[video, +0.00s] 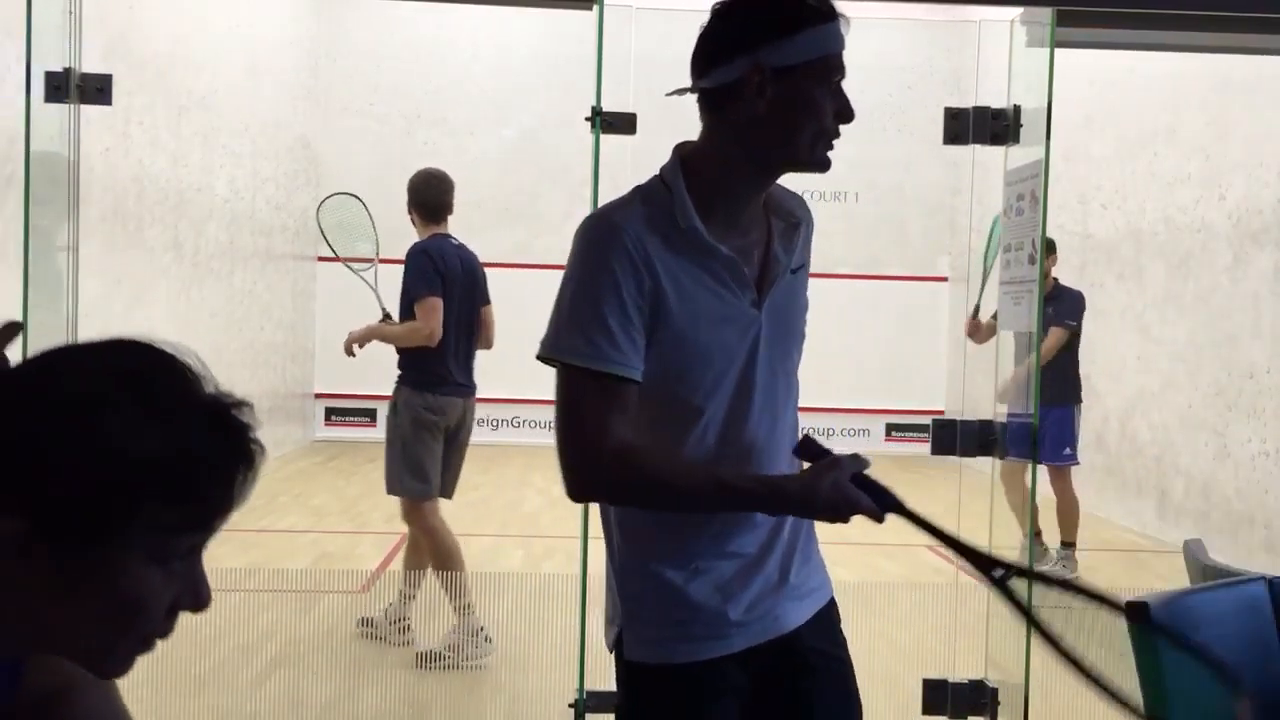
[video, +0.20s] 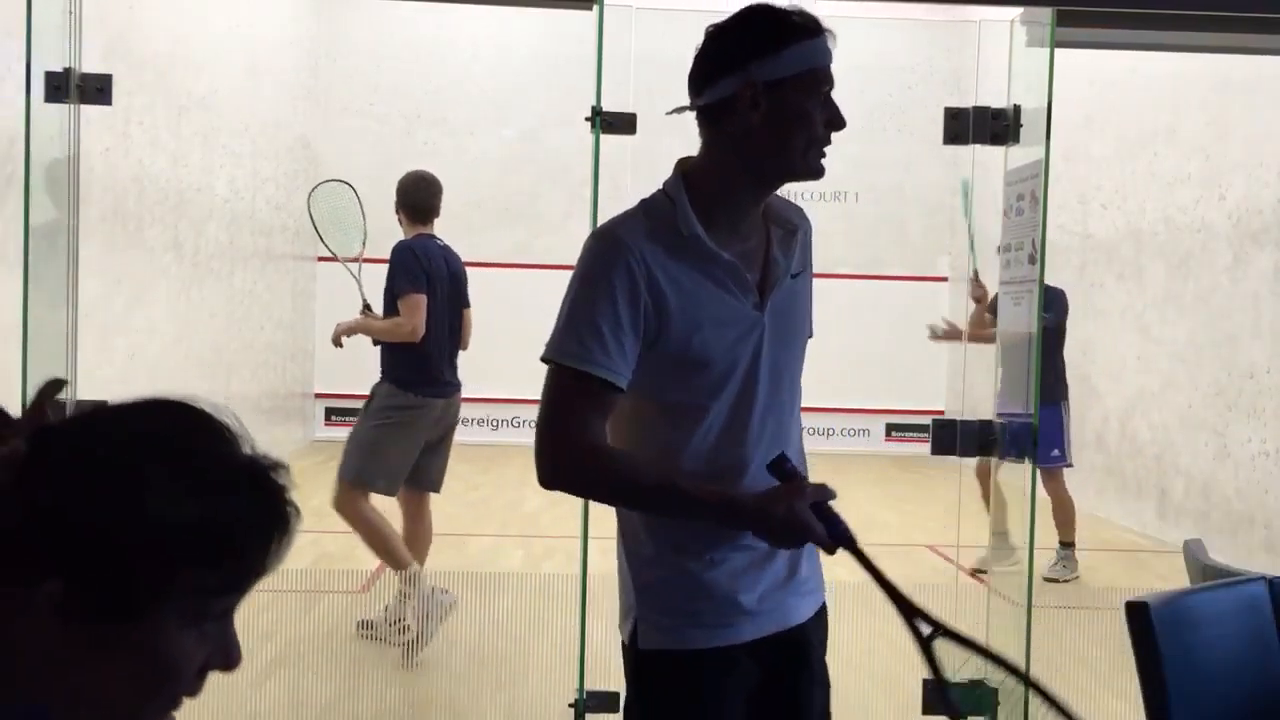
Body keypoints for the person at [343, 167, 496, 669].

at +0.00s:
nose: (409, 214)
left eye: (407, 207)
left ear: (411, 210)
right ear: (452, 207)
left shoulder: (423, 255)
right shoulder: (470, 260)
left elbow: (425, 330)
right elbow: (485, 337)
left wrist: (372, 332)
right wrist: (422, 330)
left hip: (421, 399)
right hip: (461, 401)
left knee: (422, 508)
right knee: (422, 508)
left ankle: (470, 626)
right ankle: (400, 615)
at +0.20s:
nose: (397, 214)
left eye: (396, 206)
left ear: (399, 209)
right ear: (438, 210)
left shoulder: (409, 252)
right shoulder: (452, 259)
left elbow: (409, 327)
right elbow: (462, 338)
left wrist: (360, 325)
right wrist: (392, 323)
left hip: (402, 398)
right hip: (444, 401)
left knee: (348, 498)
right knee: (415, 498)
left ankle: (423, 592)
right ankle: (403, 610)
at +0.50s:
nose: (378, 213)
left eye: (376, 206)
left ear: (379, 208)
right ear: (418, 209)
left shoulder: (382, 248)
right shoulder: (436, 258)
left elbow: (380, 318)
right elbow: (443, 333)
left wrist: (338, 324)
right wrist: (375, 321)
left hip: (382, 394)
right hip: (427, 395)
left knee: (344, 494)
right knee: (408, 494)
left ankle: (349, 616)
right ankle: (402, 613)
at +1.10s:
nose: (305, 211)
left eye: (303, 204)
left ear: (305, 206)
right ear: (347, 206)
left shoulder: (315, 250)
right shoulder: (364, 256)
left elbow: (321, 323)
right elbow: (387, 329)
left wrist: (269, 328)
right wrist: (336, 337)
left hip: (316, 396)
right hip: (356, 397)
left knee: (290, 499)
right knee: (348, 491)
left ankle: (294, 628)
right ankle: (391, 609)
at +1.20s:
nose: (287, 208)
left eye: (285, 201)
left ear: (288, 204)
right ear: (330, 203)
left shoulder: (299, 248)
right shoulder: (346, 255)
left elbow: (301, 321)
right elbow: (366, 330)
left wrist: (249, 325)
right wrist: (313, 335)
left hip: (301, 392)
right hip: (334, 393)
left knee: (287, 500)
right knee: (312, 494)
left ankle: (294, 629)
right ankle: (362, 587)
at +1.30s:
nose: (270, 203)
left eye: (270, 195)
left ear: (273, 200)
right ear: (313, 201)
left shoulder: (284, 246)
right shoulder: (328, 253)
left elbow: (277, 321)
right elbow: (340, 329)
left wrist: (225, 323)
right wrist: (268, 330)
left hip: (288, 389)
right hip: (314, 389)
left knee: (283, 500)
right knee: (257, 479)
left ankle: (293, 630)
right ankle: (305, 592)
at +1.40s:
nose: (254, 203)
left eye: (255, 195)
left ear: (255, 201)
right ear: (298, 203)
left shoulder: (271, 250)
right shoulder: (307, 253)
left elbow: (250, 315)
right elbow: (280, 326)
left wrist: (197, 322)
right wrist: (221, 321)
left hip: (274, 391)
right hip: (295, 388)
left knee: (268, 503)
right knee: (232, 475)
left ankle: (292, 627)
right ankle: (231, 602)